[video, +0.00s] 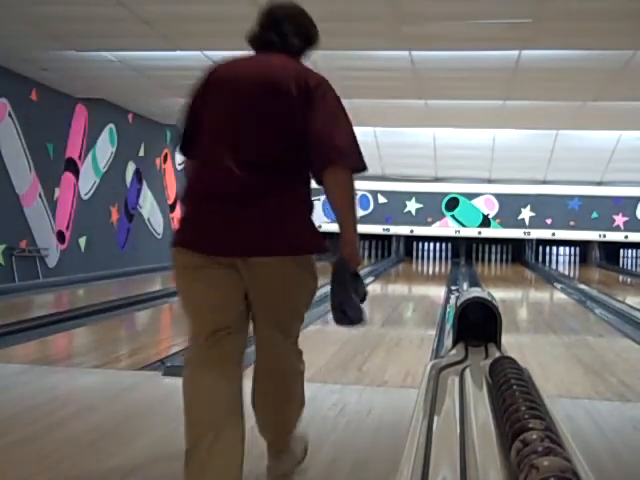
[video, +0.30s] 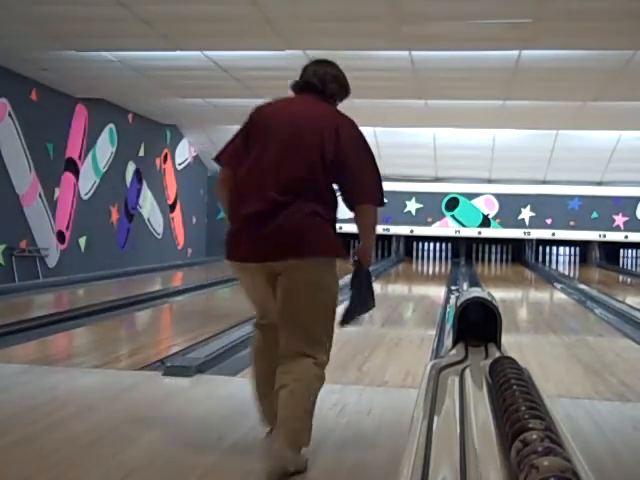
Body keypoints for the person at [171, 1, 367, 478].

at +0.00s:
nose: (308, 55)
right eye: (309, 48)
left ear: (255, 37)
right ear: (303, 45)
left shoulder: (215, 78)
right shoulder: (310, 86)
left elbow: (192, 151)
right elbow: (337, 172)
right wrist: (349, 248)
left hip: (202, 239)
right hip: (281, 244)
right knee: (279, 342)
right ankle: (281, 451)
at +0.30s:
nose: (342, 107)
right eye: (342, 101)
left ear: (299, 84)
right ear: (337, 95)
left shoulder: (262, 115)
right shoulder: (340, 126)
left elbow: (225, 180)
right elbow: (365, 198)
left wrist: (244, 222)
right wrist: (365, 257)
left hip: (248, 243)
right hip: (309, 246)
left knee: (268, 323)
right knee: (305, 351)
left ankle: (273, 424)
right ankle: (286, 454)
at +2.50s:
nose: (354, 67)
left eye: (355, 61)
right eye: (354, 61)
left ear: (310, 53)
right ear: (346, 59)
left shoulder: (278, 92)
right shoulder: (354, 96)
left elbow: (267, 148)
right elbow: (369, 160)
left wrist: (309, 161)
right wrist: (335, 173)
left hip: (281, 230)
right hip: (337, 231)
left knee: (293, 325)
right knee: (347, 323)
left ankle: (298, 424)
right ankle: (332, 422)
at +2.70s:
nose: (363, 69)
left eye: (365, 62)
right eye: (363, 62)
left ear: (318, 51)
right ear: (350, 55)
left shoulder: (276, 88)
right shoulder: (355, 94)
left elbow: (261, 152)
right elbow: (375, 170)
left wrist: (309, 150)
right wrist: (333, 152)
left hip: (277, 233)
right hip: (334, 235)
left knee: (288, 330)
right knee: (342, 334)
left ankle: (295, 422)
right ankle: (319, 448)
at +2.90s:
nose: (375, 78)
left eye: (378, 68)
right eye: (377, 67)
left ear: (333, 46)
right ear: (360, 51)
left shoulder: (280, 78)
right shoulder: (360, 88)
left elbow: (256, 144)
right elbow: (372, 162)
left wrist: (293, 180)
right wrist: (335, 184)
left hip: (268, 229)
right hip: (330, 232)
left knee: (280, 336)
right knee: (337, 343)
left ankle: (282, 439)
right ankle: (316, 459)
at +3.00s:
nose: (378, 71)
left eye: (383, 62)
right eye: (380, 60)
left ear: (337, 39)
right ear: (360, 43)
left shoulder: (282, 69)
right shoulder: (358, 81)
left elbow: (266, 147)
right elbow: (372, 160)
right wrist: (326, 177)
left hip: (260, 226)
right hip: (324, 231)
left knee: (270, 339)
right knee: (332, 345)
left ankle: (272, 457)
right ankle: (316, 462)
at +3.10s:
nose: (377, 68)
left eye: (382, 60)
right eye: (379, 57)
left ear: (338, 32)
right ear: (360, 36)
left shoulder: (280, 65)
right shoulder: (350, 75)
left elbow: (270, 144)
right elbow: (369, 156)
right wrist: (325, 172)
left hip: (254, 229)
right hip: (317, 233)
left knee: (264, 337)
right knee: (325, 352)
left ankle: (258, 464)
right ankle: (317, 466)